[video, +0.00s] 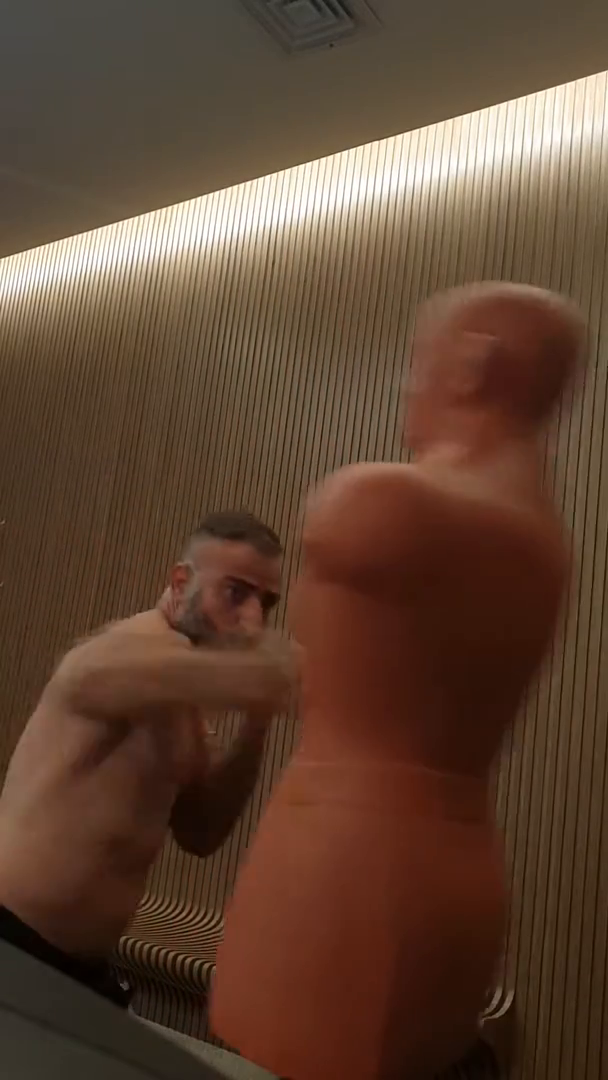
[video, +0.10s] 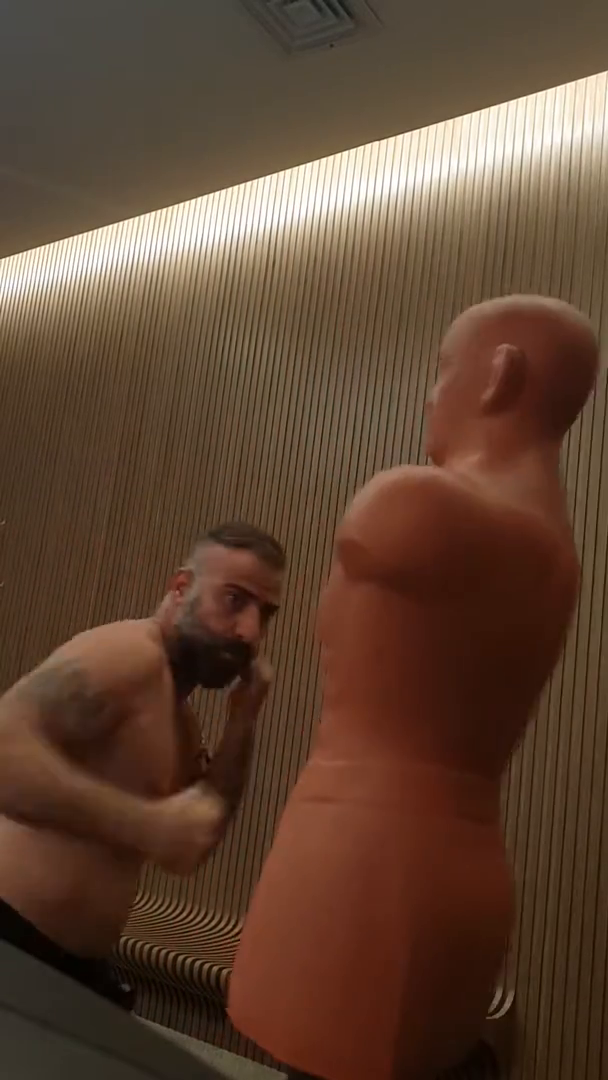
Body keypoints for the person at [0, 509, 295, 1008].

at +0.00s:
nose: (252, 622)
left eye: (267, 602)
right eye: (236, 593)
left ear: (274, 606)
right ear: (180, 583)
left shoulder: (185, 683)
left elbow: (200, 833)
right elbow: (274, 677)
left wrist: (257, 720)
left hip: (89, 970)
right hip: (20, 952)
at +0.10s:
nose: (250, 630)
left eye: (265, 612)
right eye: (235, 600)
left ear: (271, 622)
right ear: (180, 588)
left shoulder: (174, 701)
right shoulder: (129, 652)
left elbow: (198, 830)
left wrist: (243, 714)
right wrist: (148, 825)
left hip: (84, 967)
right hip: (20, 948)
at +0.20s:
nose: (225, 622)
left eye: (240, 603)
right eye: (209, 593)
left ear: (248, 608)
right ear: (155, 581)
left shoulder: (166, 682)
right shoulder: (93, 648)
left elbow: (198, 833)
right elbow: (19, 779)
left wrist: (232, 711)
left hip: (69, 955)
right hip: (13, 943)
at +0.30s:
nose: (191, 615)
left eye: (205, 596)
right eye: (174, 584)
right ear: (118, 572)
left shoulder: (123, 673)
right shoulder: (57, 638)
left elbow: (154, 829)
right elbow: (69, 758)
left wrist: (196, 695)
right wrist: (199, 677)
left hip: (47, 955)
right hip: (9, 951)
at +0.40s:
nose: (143, 609)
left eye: (157, 591)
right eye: (124, 579)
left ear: (164, 599)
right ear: (67, 568)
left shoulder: (80, 684)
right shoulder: (13, 644)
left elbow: (104, 837)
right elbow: (14, 791)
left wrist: (150, 704)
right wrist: (157, 697)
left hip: (18, 945)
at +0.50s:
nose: (88, 598)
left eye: (103, 578)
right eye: (70, 565)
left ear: (110, 584)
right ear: (9, 553)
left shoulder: (47, 686)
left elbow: (69, 838)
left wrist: (109, 752)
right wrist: (65, 711)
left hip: (3, 935)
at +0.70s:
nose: (28, 593)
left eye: (46, 572)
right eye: (11, 562)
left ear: (55, 574)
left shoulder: (35, 663)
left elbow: (95, 809)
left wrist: (121, 727)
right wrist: (62, 680)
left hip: (1, 926)